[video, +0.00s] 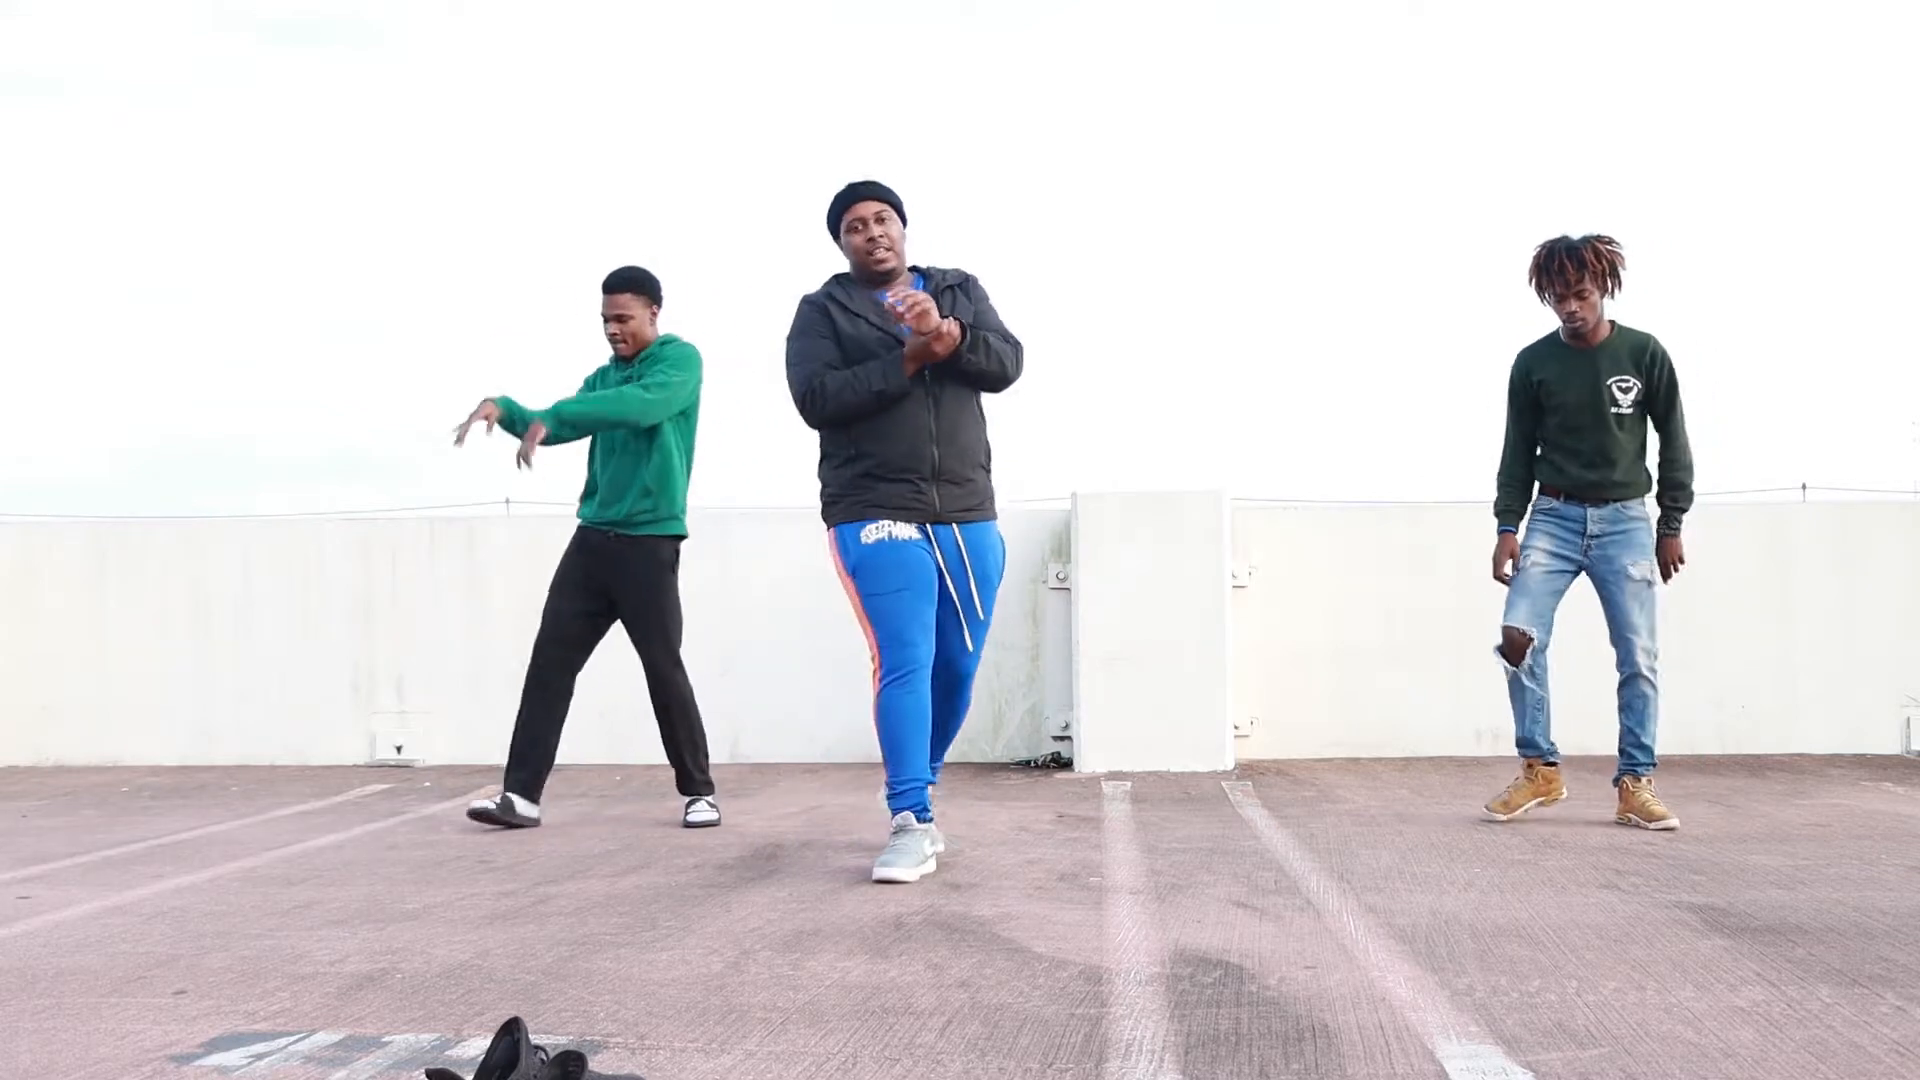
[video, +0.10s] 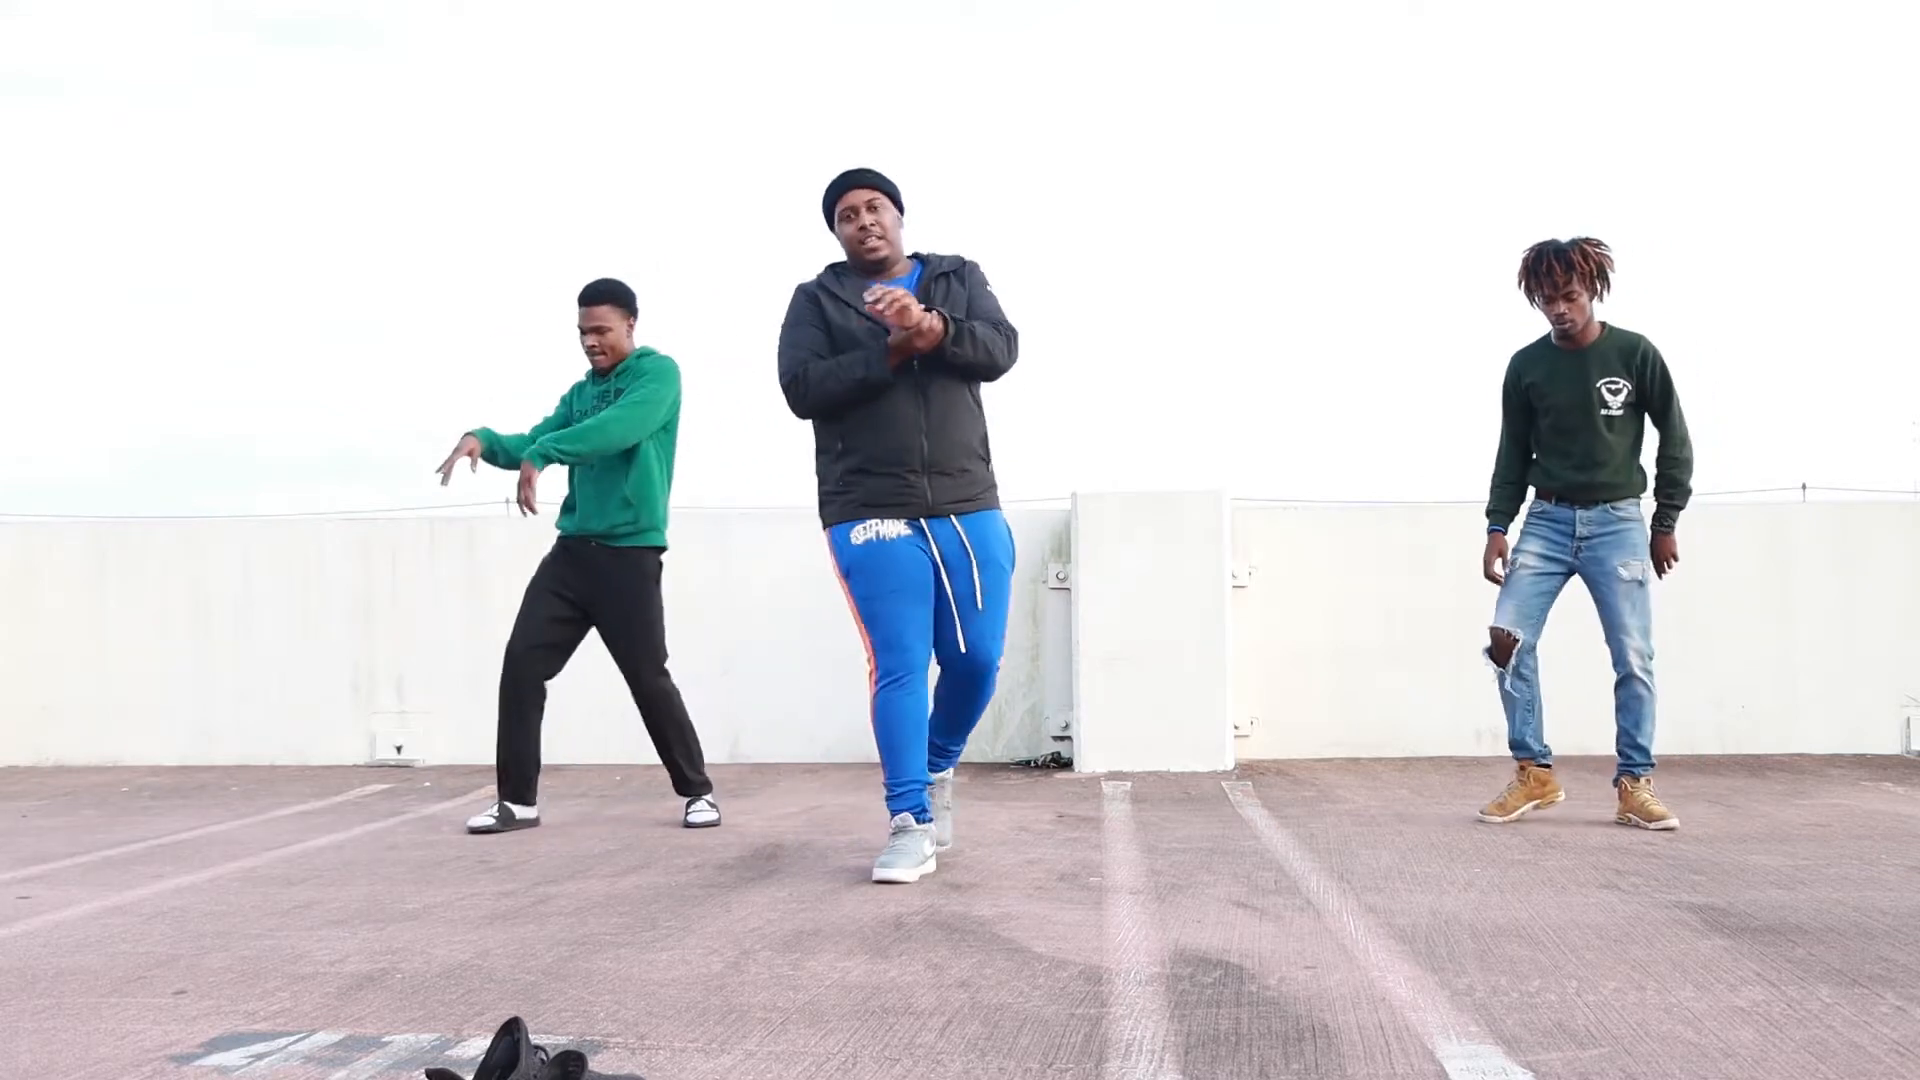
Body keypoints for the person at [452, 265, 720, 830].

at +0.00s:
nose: (614, 329)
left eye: (625, 318)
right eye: (608, 318)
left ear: (655, 313)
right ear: (604, 318)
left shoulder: (680, 359)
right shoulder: (604, 376)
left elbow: (644, 408)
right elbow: (558, 428)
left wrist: (555, 421)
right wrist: (505, 409)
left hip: (649, 544)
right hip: (591, 541)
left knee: (663, 666)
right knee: (551, 661)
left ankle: (698, 793)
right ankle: (521, 796)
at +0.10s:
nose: (591, 340)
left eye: (601, 329)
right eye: (584, 330)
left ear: (630, 326)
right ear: (578, 332)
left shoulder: (658, 373)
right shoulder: (582, 394)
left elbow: (620, 428)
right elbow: (535, 446)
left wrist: (539, 454)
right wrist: (483, 441)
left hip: (629, 558)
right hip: (571, 555)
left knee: (648, 678)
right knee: (522, 665)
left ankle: (698, 793)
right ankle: (517, 802)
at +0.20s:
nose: (578, 344)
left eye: (589, 333)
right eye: (569, 335)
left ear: (614, 332)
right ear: (561, 338)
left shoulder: (640, 382)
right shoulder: (557, 403)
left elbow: (608, 436)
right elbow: (513, 455)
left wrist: (533, 451)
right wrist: (471, 443)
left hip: (609, 562)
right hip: (549, 560)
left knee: (633, 680)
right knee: (502, 668)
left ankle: (695, 792)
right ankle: (516, 803)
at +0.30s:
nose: (571, 336)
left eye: (581, 326)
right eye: (561, 327)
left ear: (601, 328)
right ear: (550, 330)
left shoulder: (627, 376)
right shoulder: (536, 392)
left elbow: (609, 417)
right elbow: (494, 440)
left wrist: (542, 413)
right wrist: (467, 415)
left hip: (599, 559)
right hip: (534, 557)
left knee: (630, 679)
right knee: (497, 674)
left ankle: (690, 791)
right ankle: (516, 804)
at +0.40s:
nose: (567, 318)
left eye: (578, 309)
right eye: (558, 308)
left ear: (593, 315)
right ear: (542, 314)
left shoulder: (615, 364)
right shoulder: (522, 375)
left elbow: (625, 386)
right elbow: (479, 406)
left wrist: (580, 360)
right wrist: (473, 374)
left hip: (603, 546)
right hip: (532, 546)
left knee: (638, 666)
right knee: (504, 672)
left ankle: (672, 790)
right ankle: (515, 802)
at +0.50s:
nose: (576, 306)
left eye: (585, 298)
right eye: (565, 296)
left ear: (593, 305)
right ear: (542, 301)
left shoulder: (607, 359)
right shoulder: (519, 358)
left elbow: (644, 379)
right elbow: (488, 378)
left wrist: (628, 335)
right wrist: (505, 318)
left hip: (610, 534)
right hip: (538, 535)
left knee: (644, 655)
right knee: (517, 668)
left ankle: (658, 788)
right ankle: (514, 801)